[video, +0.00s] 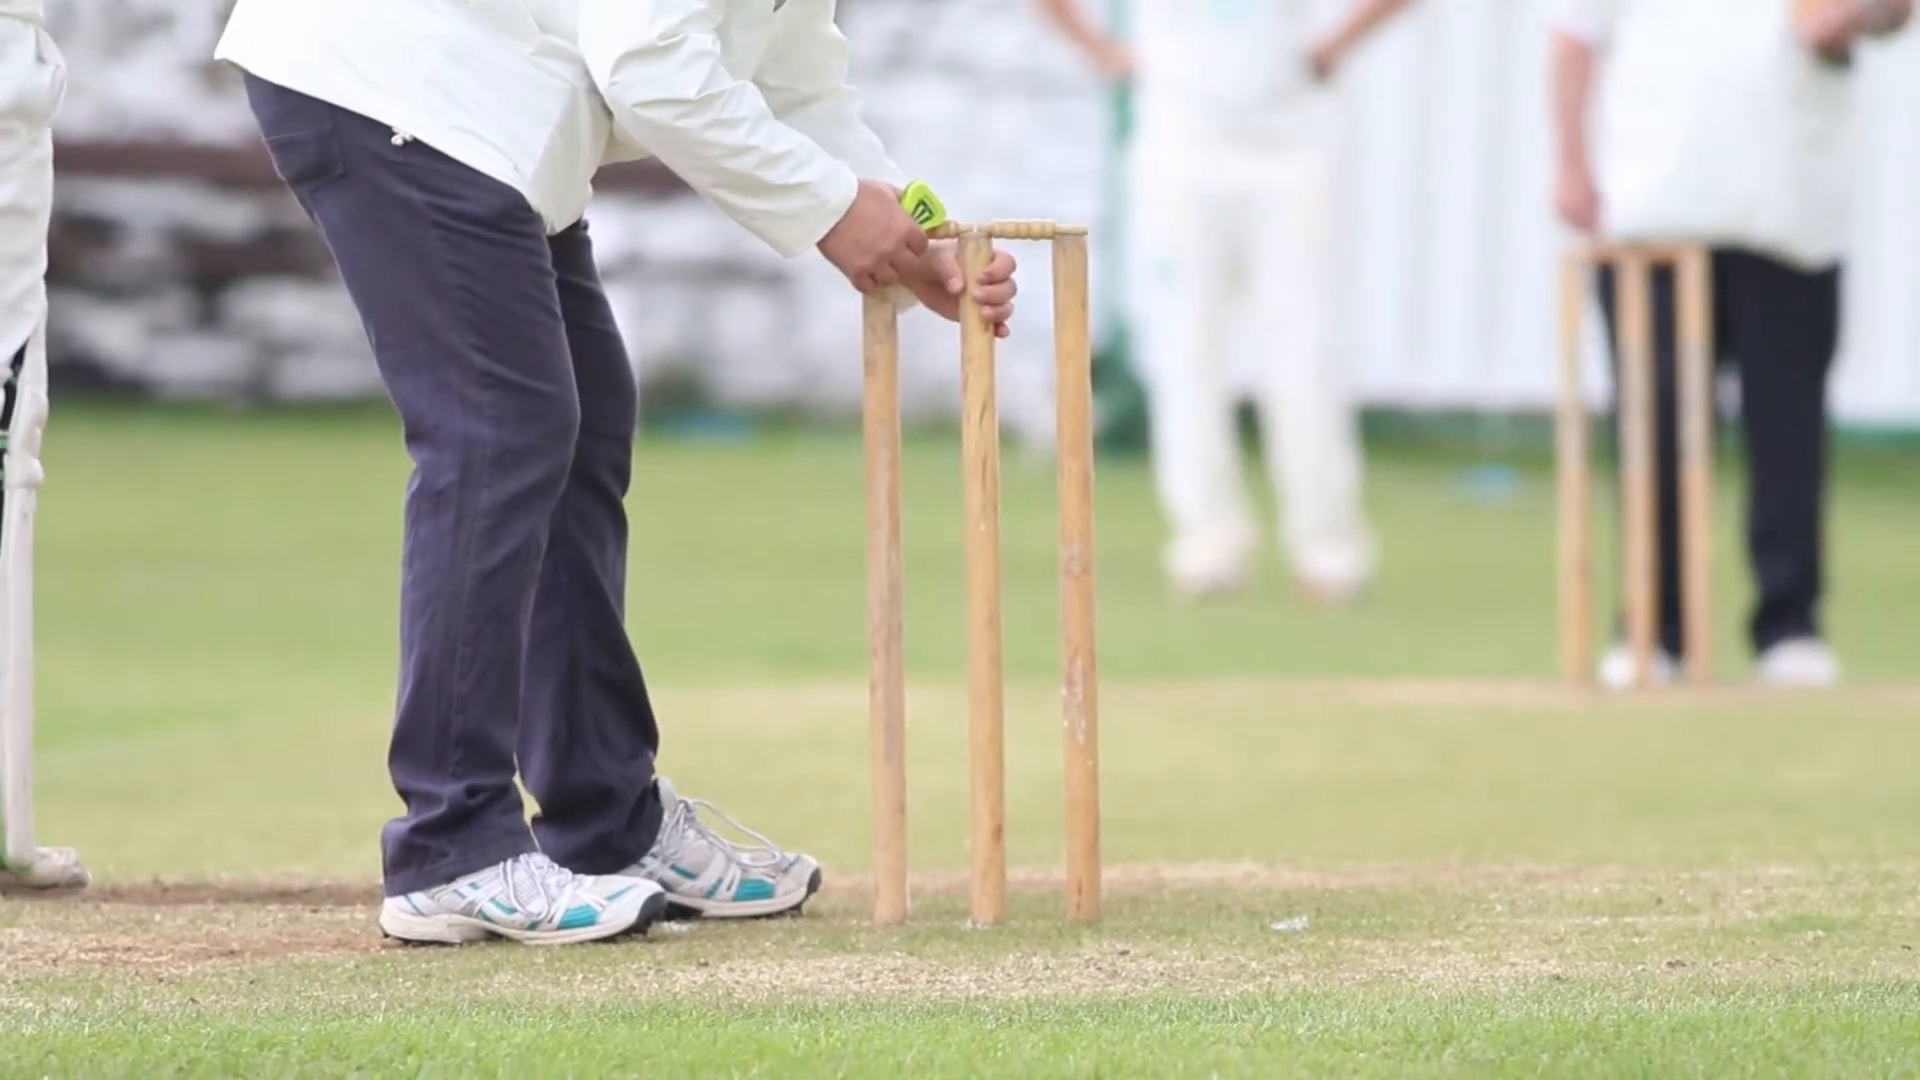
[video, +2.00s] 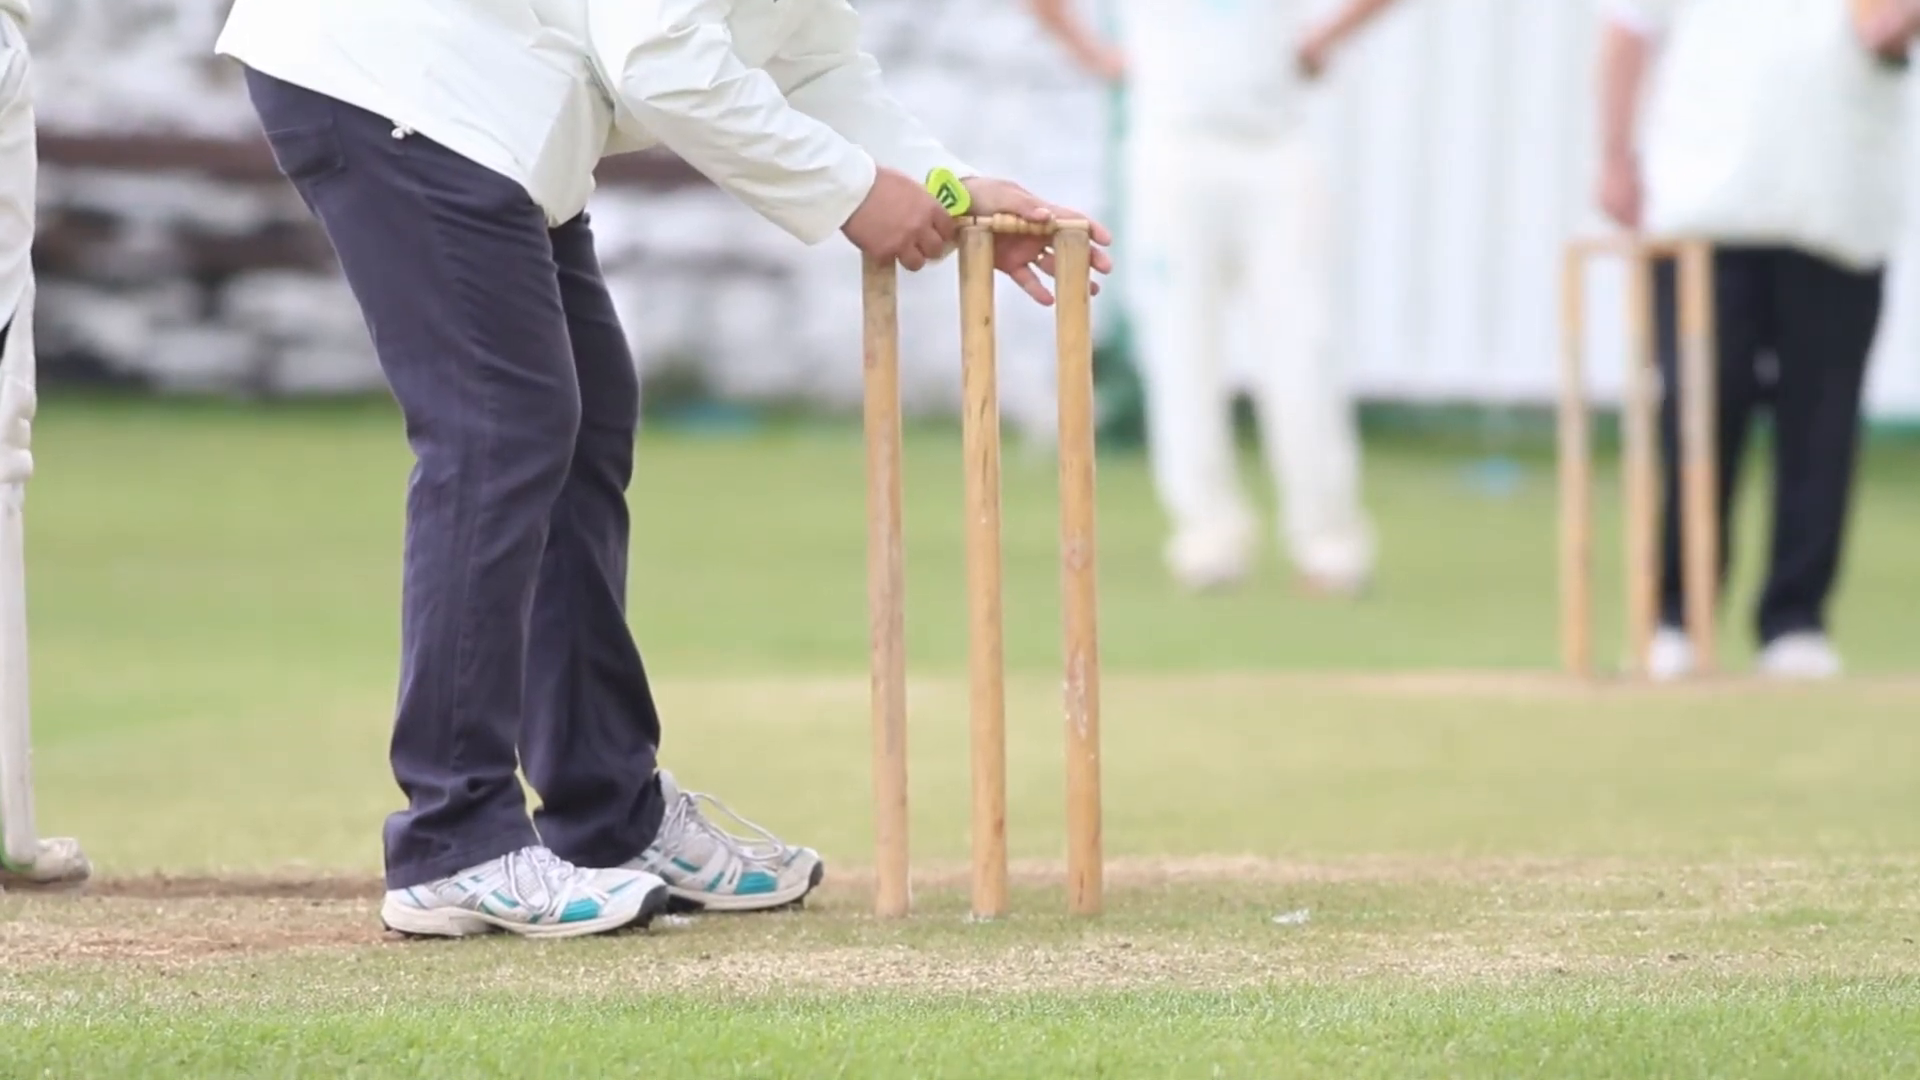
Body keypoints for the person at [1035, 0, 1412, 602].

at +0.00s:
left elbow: (1400, 3)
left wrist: (1332, 47)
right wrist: (1102, 49)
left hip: (1295, 110)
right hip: (1177, 112)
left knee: (1305, 334)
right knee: (1180, 338)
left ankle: (1327, 545)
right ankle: (1208, 541)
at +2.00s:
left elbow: (1382, 4)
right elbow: (1037, 4)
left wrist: (1323, 40)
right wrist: (1095, 51)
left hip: (1282, 124)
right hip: (1169, 122)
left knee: (1302, 340)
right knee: (1178, 343)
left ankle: (1328, 538)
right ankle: (1209, 536)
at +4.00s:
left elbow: (1384, 2)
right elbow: (1040, 3)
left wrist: (1323, 39)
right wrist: (1098, 47)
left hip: (1285, 119)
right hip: (1172, 117)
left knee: (1303, 329)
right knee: (1179, 334)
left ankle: (1328, 528)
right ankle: (1210, 525)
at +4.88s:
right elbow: (1041, 3)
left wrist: (1322, 35)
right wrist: (1098, 47)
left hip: (1284, 115)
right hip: (1171, 113)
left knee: (1304, 327)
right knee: (1180, 330)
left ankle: (1330, 528)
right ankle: (1210, 524)